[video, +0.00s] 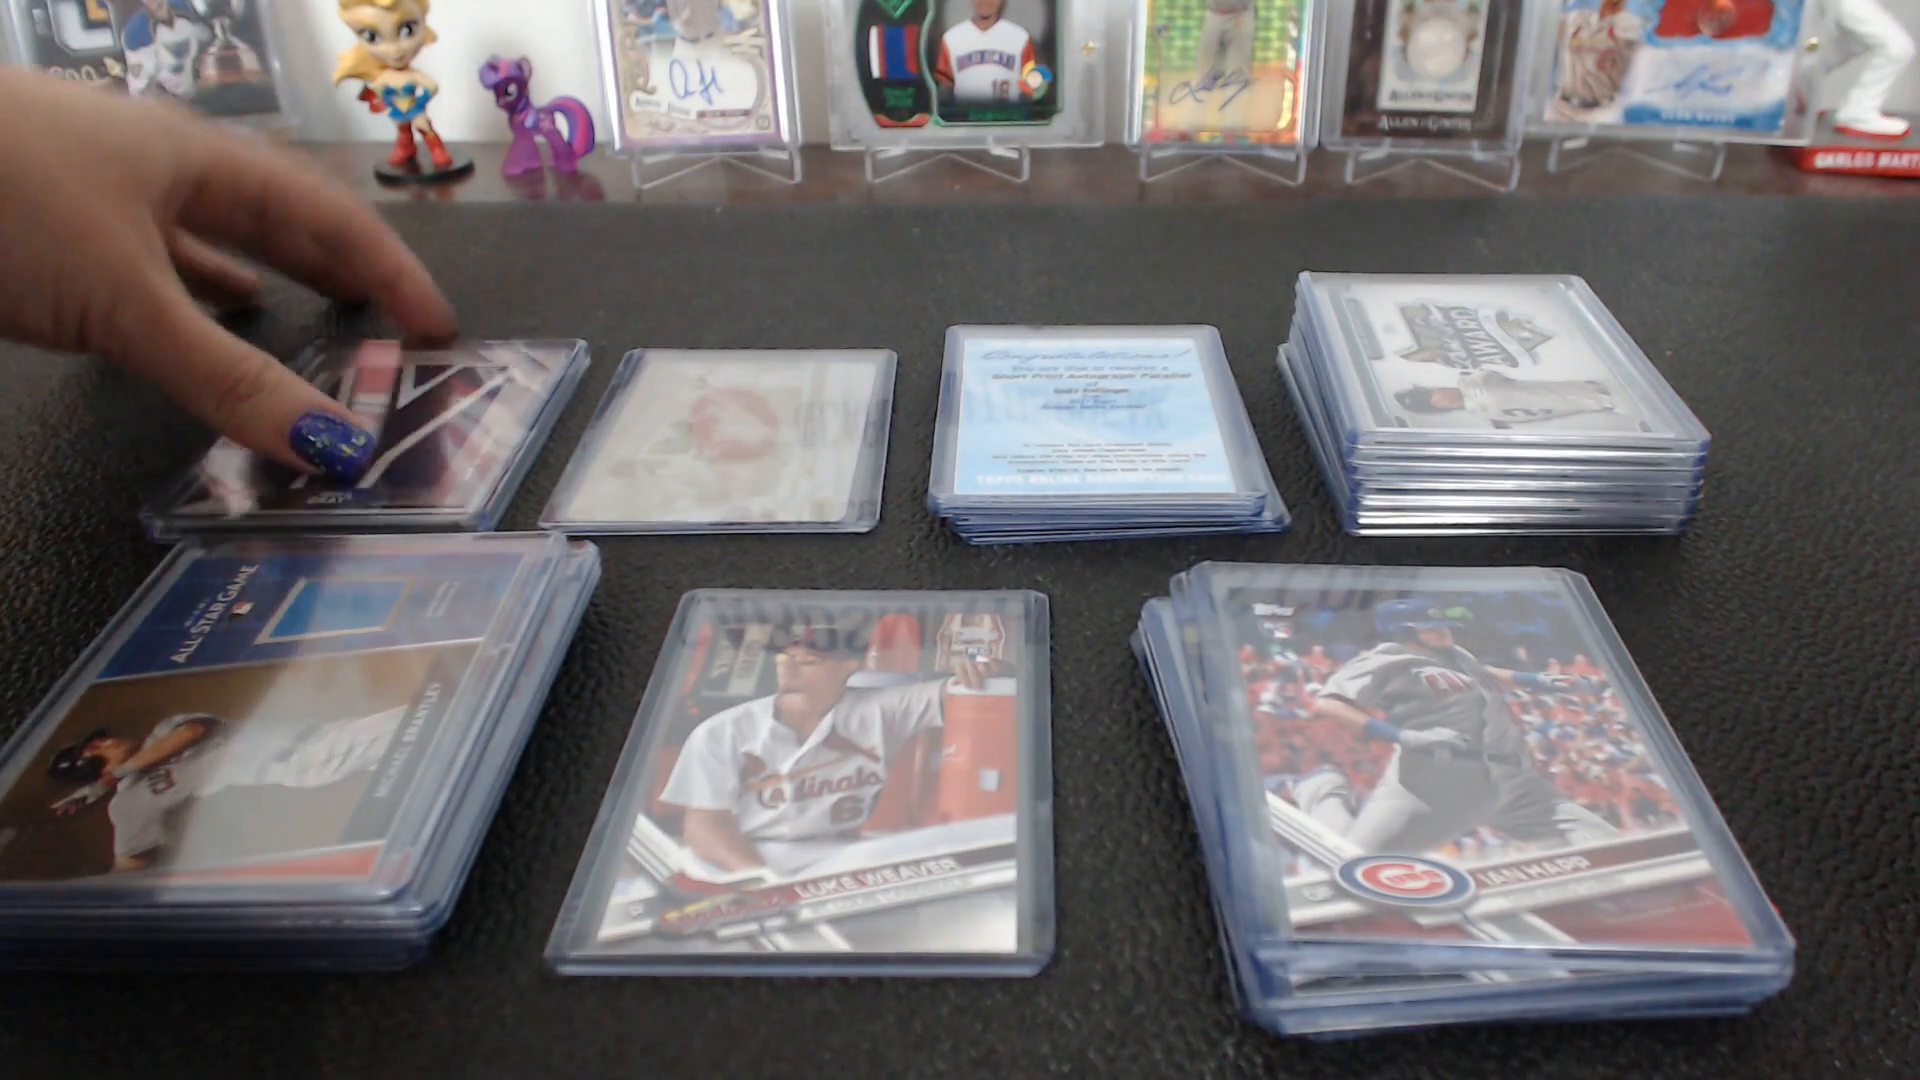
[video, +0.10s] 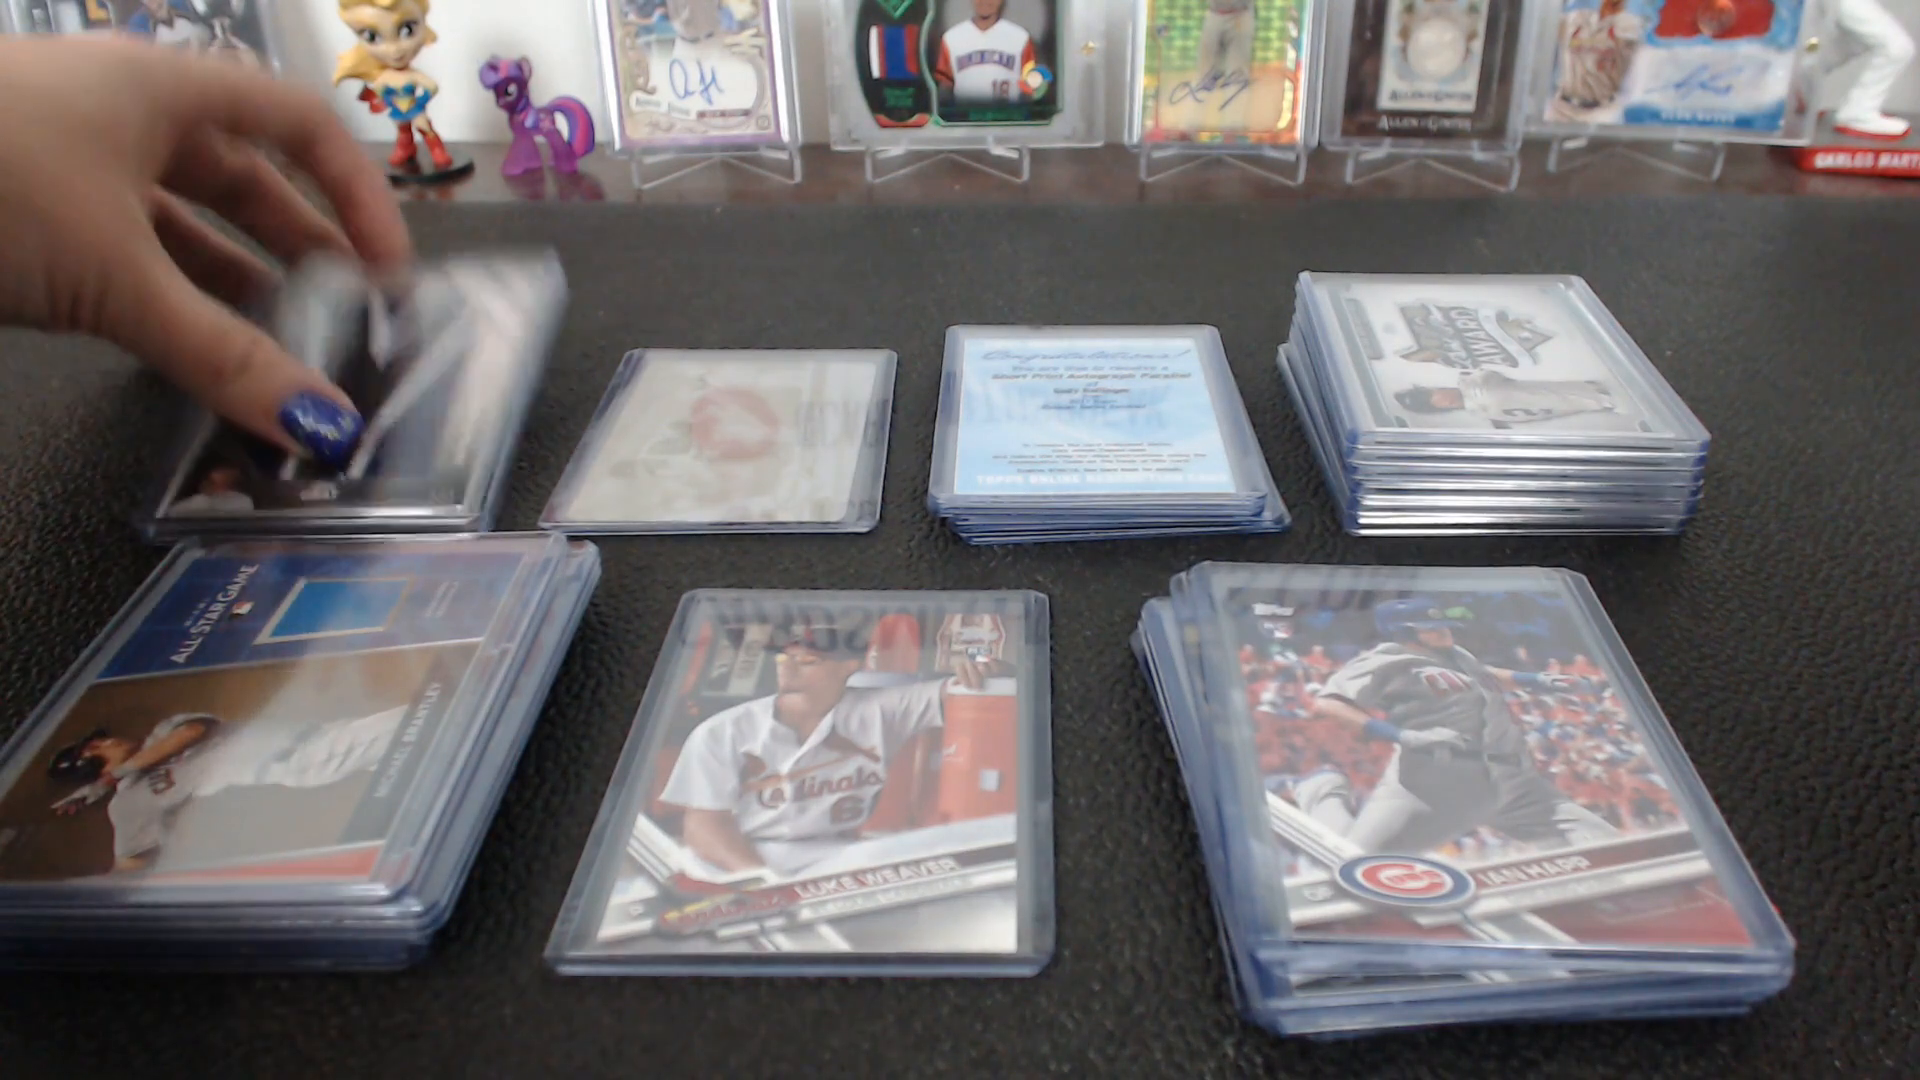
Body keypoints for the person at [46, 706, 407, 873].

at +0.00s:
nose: (112, 742)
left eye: (103, 740)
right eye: (102, 747)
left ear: (110, 738)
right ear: (100, 766)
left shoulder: (163, 728)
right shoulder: (129, 802)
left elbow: (197, 731)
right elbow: (128, 873)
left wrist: (115, 777)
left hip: (288, 743)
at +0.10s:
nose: (112, 741)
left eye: (103, 740)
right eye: (102, 747)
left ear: (111, 737)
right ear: (100, 768)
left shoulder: (163, 729)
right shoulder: (128, 803)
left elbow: (200, 730)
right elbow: (130, 870)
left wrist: (122, 771)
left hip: (271, 742)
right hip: (255, 783)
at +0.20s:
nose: (112, 740)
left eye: (103, 739)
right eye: (102, 745)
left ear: (109, 740)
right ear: (100, 766)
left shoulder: (162, 728)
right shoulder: (130, 801)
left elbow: (197, 731)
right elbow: (130, 872)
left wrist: (119, 774)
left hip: (296, 734)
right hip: (284, 767)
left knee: (410, 721)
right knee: (404, 724)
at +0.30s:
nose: (114, 739)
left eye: (104, 737)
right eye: (103, 745)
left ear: (112, 737)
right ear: (101, 769)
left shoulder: (163, 728)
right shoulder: (131, 799)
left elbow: (198, 730)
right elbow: (129, 871)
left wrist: (122, 770)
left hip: (303, 731)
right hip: (289, 764)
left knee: (410, 720)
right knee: (405, 723)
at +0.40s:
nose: (112, 738)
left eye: (103, 737)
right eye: (101, 743)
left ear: (110, 740)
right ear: (99, 767)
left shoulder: (163, 729)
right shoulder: (131, 800)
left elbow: (197, 730)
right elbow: (130, 873)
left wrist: (117, 775)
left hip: (306, 731)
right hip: (294, 762)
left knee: (413, 720)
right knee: (410, 721)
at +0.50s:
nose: (113, 739)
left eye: (103, 738)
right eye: (102, 744)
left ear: (110, 739)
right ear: (100, 767)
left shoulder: (164, 728)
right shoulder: (131, 801)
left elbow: (195, 731)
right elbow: (128, 874)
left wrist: (114, 777)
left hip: (310, 732)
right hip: (297, 762)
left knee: (414, 720)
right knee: (411, 720)